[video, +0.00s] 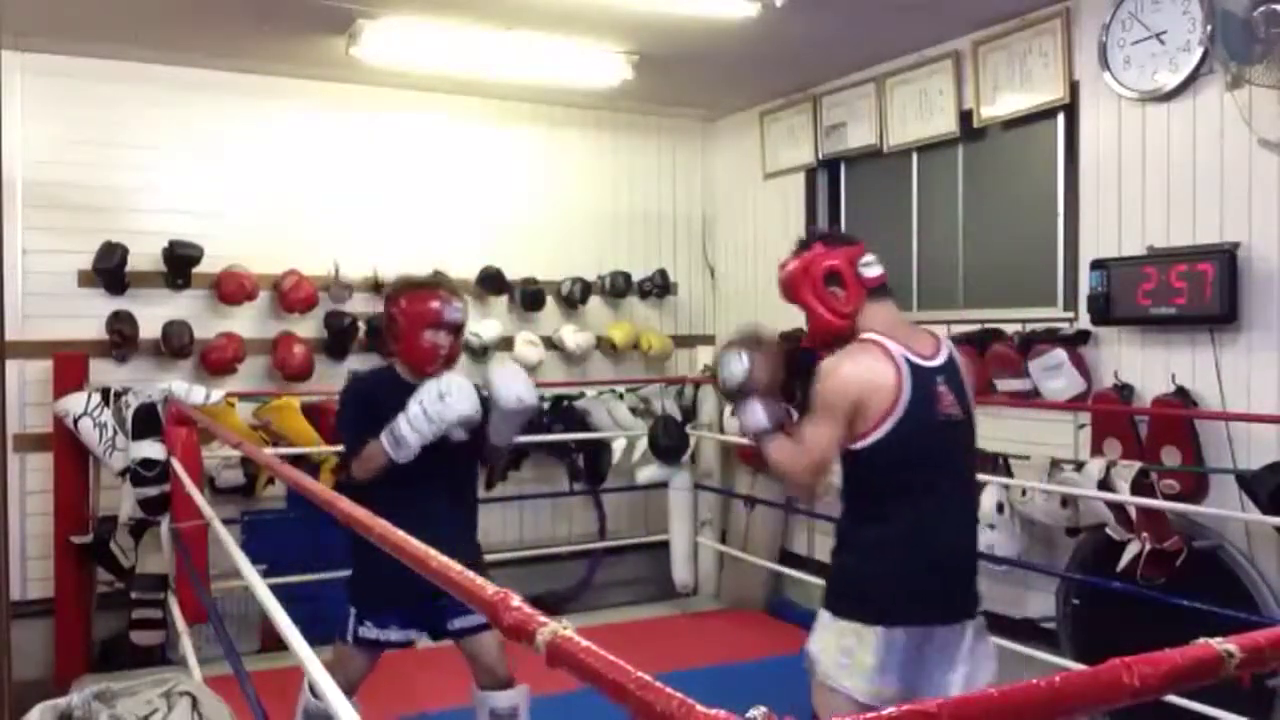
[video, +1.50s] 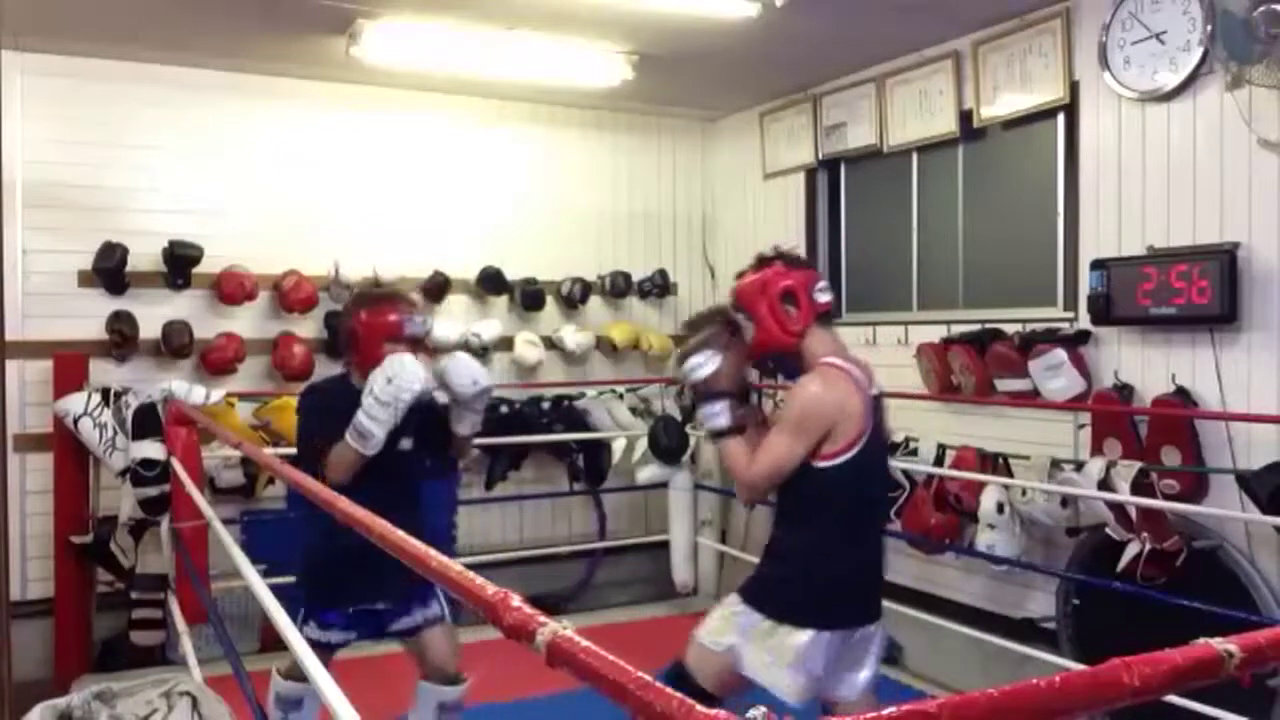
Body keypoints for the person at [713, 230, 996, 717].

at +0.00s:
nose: (807, 320)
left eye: (807, 305)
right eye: (802, 307)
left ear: (836, 292)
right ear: (868, 280)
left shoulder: (850, 370)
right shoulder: (946, 352)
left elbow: (800, 469)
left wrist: (756, 406)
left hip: (873, 602)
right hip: (953, 593)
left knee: (840, 707)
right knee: (943, 715)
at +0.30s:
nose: (809, 316)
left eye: (809, 301)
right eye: (805, 303)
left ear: (840, 291)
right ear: (879, 284)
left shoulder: (832, 362)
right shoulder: (935, 352)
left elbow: (755, 454)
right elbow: (879, 439)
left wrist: (730, 382)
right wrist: (795, 368)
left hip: (848, 586)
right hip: (923, 583)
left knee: (807, 702)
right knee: (902, 709)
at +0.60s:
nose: (803, 320)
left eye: (804, 305)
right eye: (799, 306)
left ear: (836, 294)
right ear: (853, 288)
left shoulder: (855, 364)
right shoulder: (913, 358)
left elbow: (787, 460)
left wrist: (754, 383)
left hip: (842, 578)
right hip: (908, 577)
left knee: (731, 695)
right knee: (879, 707)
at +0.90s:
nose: (759, 338)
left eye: (759, 324)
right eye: (754, 326)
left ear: (788, 311)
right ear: (804, 302)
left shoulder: (833, 384)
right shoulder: (863, 363)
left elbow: (762, 474)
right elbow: (778, 448)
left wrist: (718, 404)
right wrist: (744, 389)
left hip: (810, 589)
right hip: (869, 586)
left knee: (723, 705)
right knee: (859, 709)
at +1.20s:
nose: (805, 322)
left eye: (809, 306)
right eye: (804, 306)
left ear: (837, 298)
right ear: (871, 297)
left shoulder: (829, 365)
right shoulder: (916, 370)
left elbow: (799, 475)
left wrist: (741, 425)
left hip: (806, 584)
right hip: (879, 587)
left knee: (716, 702)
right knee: (867, 712)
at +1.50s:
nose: (752, 337)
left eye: (753, 324)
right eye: (748, 326)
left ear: (787, 313)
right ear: (801, 309)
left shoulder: (820, 389)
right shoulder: (855, 375)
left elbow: (751, 481)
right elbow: (775, 460)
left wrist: (720, 402)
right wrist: (740, 395)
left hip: (794, 596)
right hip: (856, 596)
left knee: (684, 690)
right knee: (850, 710)